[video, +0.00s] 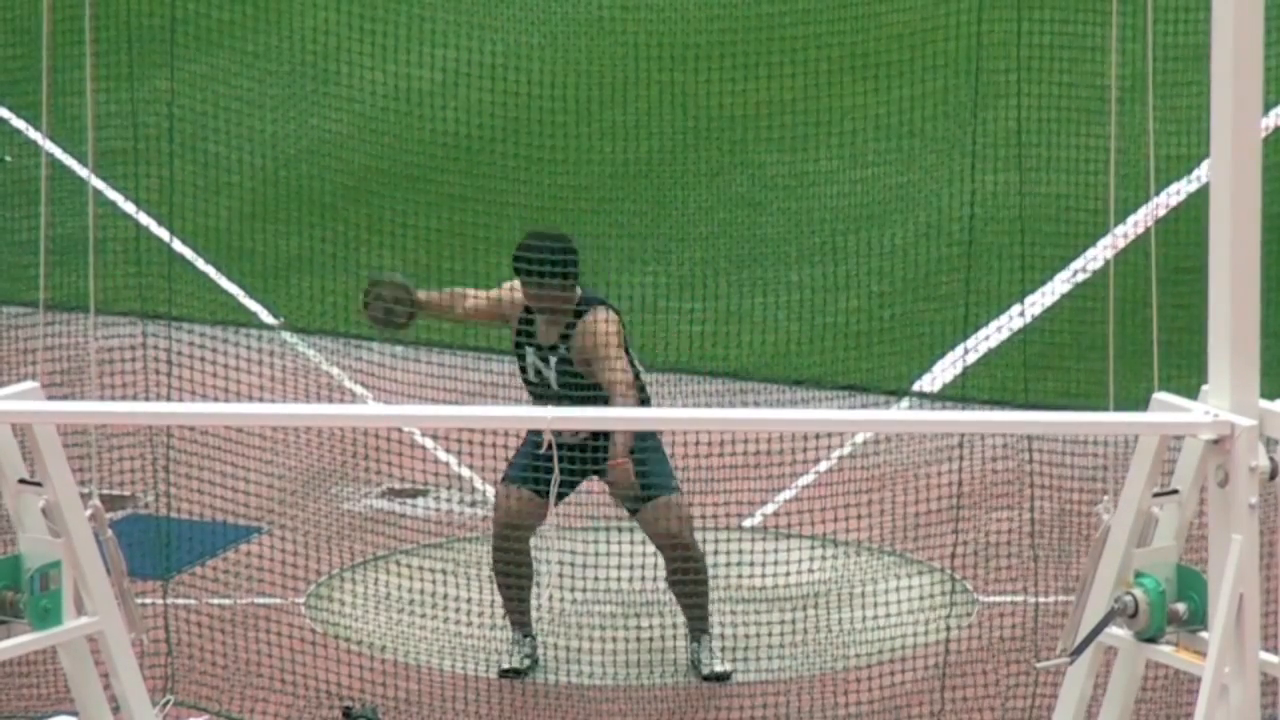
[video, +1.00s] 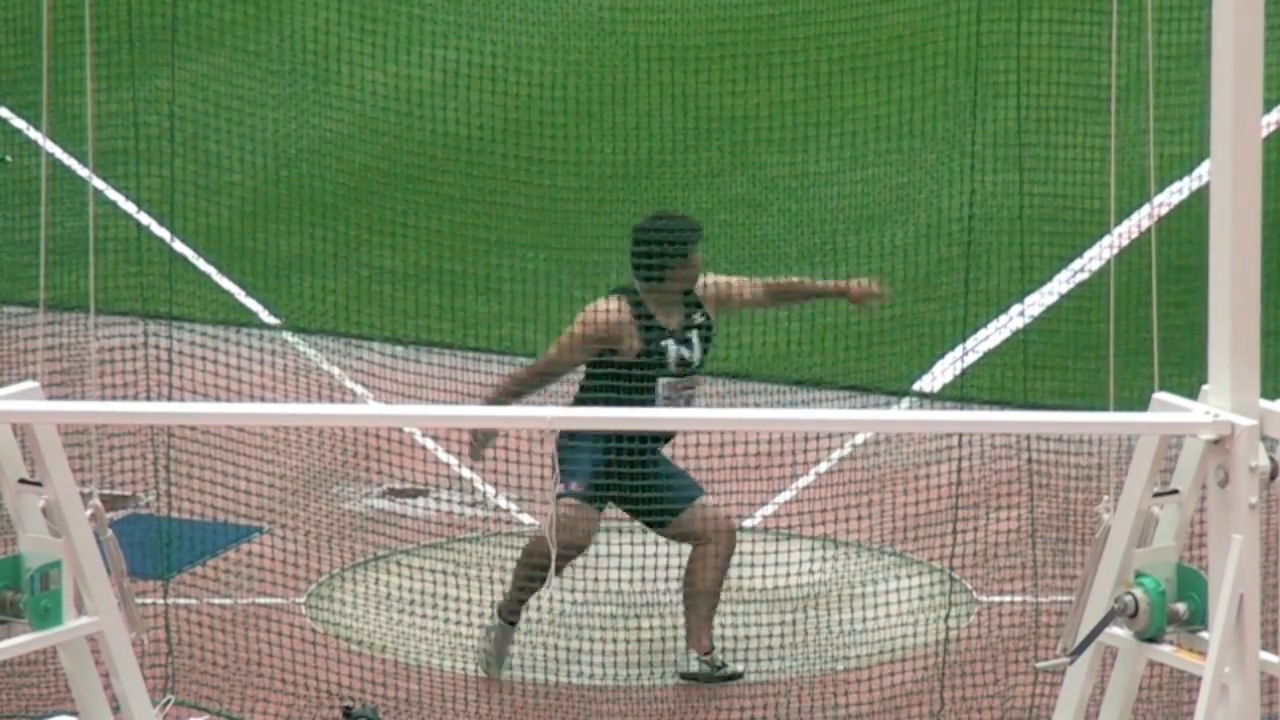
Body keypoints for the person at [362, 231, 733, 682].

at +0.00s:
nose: (542, 296)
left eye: (551, 288)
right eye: (534, 287)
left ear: (569, 286)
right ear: (524, 283)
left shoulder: (598, 323)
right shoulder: (515, 301)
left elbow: (624, 393)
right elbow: (463, 304)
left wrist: (621, 454)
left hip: (621, 434)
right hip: (558, 433)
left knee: (676, 536)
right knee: (508, 524)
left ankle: (702, 641)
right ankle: (522, 641)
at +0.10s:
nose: (531, 292)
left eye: (539, 282)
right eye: (524, 282)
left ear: (559, 278)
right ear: (513, 278)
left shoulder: (580, 320)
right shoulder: (514, 283)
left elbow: (589, 396)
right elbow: (481, 247)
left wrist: (570, 453)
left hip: (612, 425)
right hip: (553, 421)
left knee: (663, 534)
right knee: (507, 519)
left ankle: (700, 638)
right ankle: (522, 639)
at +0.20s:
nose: (514, 278)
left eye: (522, 270)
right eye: (509, 268)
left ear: (546, 266)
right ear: (505, 263)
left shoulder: (566, 314)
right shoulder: (526, 273)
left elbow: (558, 390)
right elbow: (515, 205)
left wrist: (519, 440)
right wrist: (509, 168)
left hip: (609, 429)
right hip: (553, 427)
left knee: (655, 539)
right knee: (508, 517)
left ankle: (699, 640)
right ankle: (522, 640)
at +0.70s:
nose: (551, 275)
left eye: (561, 267)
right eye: (543, 266)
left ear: (579, 268)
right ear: (531, 265)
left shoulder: (593, 317)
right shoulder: (535, 274)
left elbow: (584, 386)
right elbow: (525, 199)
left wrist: (551, 433)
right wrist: (517, 149)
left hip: (627, 420)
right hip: (564, 417)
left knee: (674, 518)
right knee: (523, 513)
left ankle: (698, 642)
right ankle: (527, 641)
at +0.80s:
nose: (597, 277)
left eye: (604, 268)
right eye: (587, 268)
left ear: (616, 267)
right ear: (568, 266)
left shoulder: (629, 316)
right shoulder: (548, 276)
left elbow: (658, 375)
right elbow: (511, 245)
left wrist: (666, 427)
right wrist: (481, 218)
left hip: (631, 425)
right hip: (564, 421)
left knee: (693, 513)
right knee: (522, 517)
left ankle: (687, 644)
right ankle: (528, 641)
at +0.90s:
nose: (662, 267)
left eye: (660, 258)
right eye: (652, 260)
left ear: (654, 261)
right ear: (621, 266)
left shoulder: (677, 307)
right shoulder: (571, 296)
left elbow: (747, 341)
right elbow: (506, 307)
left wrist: (807, 376)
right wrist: (453, 316)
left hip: (635, 439)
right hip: (566, 437)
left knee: (706, 517)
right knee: (524, 531)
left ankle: (685, 653)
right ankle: (528, 641)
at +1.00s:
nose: (701, 261)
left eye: (698, 254)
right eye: (693, 255)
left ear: (671, 265)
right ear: (667, 266)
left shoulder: (706, 296)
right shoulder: (611, 317)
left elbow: (772, 292)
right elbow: (538, 374)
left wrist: (842, 289)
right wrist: (484, 417)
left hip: (641, 452)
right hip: (589, 445)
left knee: (717, 532)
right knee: (571, 534)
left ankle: (698, 655)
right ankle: (504, 620)